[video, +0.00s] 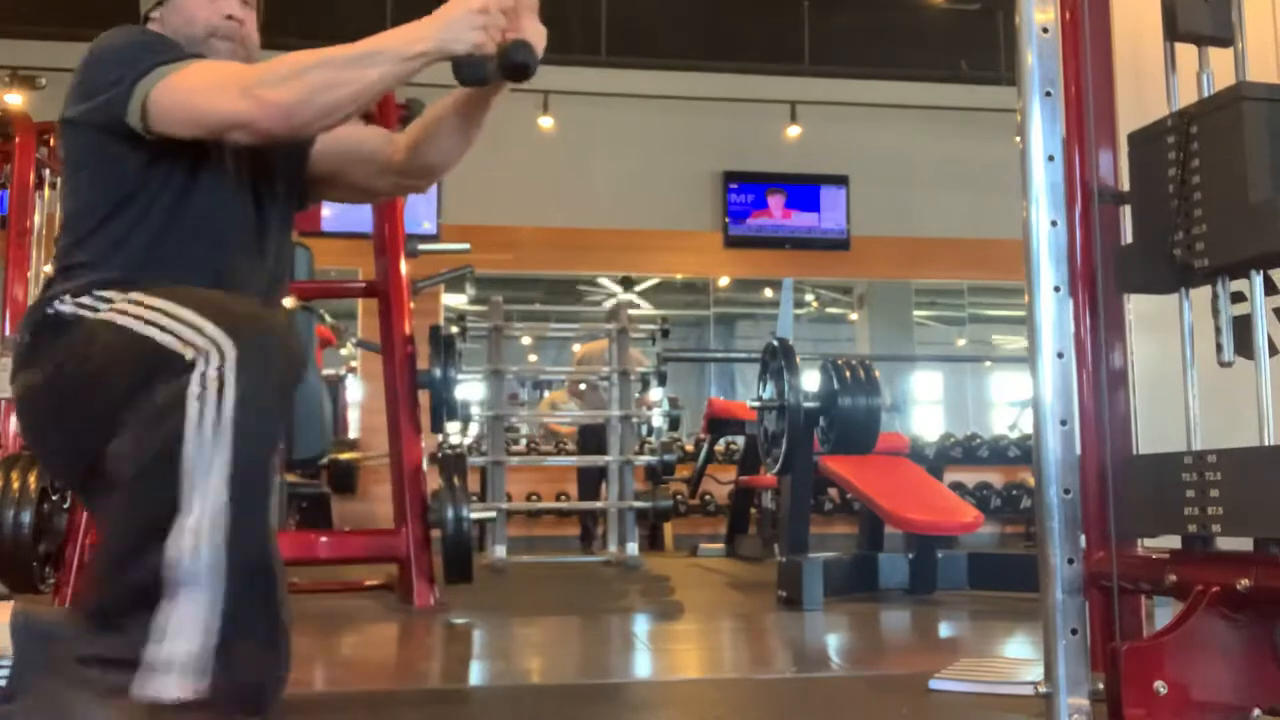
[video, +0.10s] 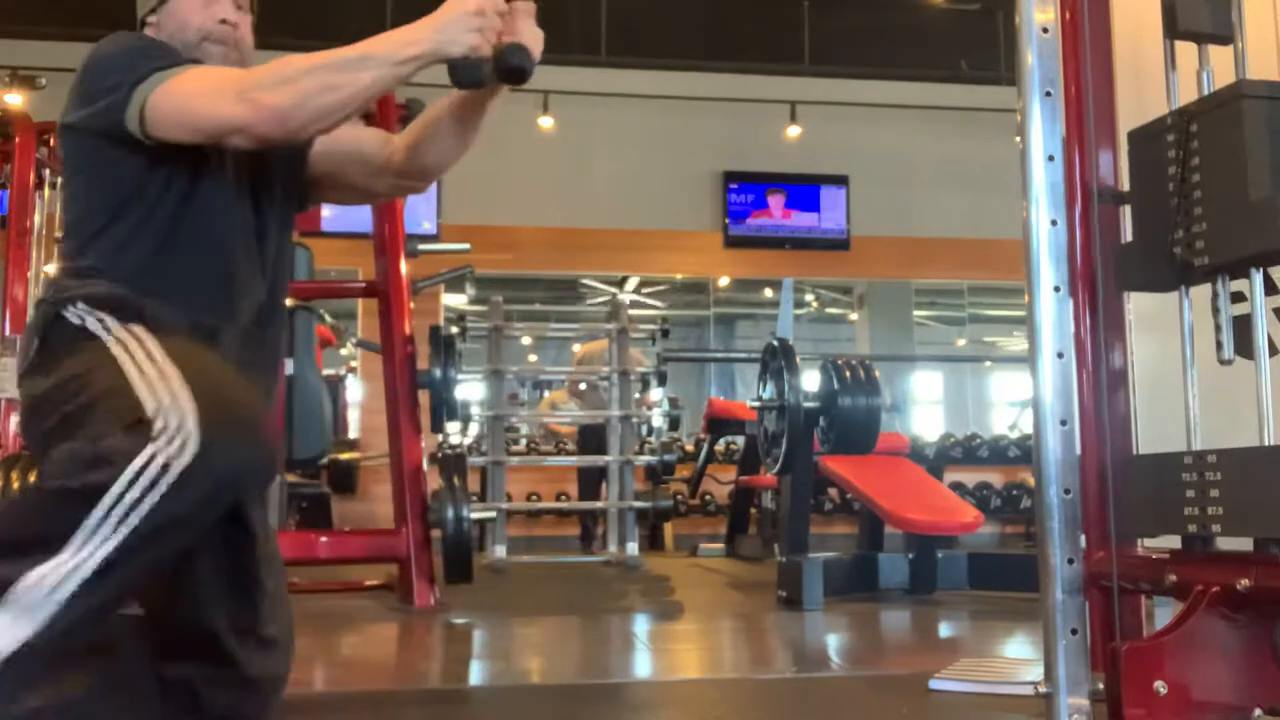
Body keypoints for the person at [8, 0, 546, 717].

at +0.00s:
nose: (243, 10)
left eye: (250, 4)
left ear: (261, 28)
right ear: (162, 9)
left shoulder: (273, 125)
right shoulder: (119, 59)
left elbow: (403, 162)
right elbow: (264, 102)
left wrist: (488, 79)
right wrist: (432, 35)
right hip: (87, 328)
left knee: (239, 662)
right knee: (239, 345)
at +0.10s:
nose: (232, 14)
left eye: (243, 4)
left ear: (255, 28)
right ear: (156, 11)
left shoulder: (271, 133)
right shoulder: (117, 65)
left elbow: (401, 163)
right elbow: (258, 108)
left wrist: (485, 77)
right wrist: (423, 37)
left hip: (224, 393)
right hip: (104, 334)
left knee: (235, 667)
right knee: (198, 439)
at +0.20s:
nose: (235, 13)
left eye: (245, 5)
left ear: (257, 35)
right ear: (157, 14)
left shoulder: (271, 134)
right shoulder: (123, 66)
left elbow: (403, 165)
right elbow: (260, 111)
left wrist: (486, 81)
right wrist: (425, 42)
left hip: (224, 428)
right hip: (111, 357)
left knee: (241, 671)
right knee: (154, 536)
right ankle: (5, 632)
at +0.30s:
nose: (240, 9)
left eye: (248, 2)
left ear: (259, 31)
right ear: (160, 13)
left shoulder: (269, 131)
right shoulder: (126, 66)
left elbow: (405, 165)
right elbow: (265, 113)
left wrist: (490, 87)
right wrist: (439, 46)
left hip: (224, 436)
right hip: (105, 381)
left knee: (241, 673)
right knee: (108, 612)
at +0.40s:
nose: (240, 15)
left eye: (251, 7)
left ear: (262, 31)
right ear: (160, 11)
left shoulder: (268, 127)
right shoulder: (128, 64)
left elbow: (406, 166)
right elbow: (268, 114)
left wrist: (494, 93)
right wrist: (444, 50)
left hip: (218, 440)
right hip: (102, 399)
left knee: (238, 678)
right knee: (95, 659)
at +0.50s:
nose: (244, 12)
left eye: (254, 5)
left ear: (264, 30)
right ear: (162, 6)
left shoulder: (269, 128)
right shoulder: (130, 59)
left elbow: (409, 167)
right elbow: (273, 114)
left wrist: (502, 92)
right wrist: (449, 52)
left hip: (219, 448)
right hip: (103, 411)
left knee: (239, 679)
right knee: (100, 676)